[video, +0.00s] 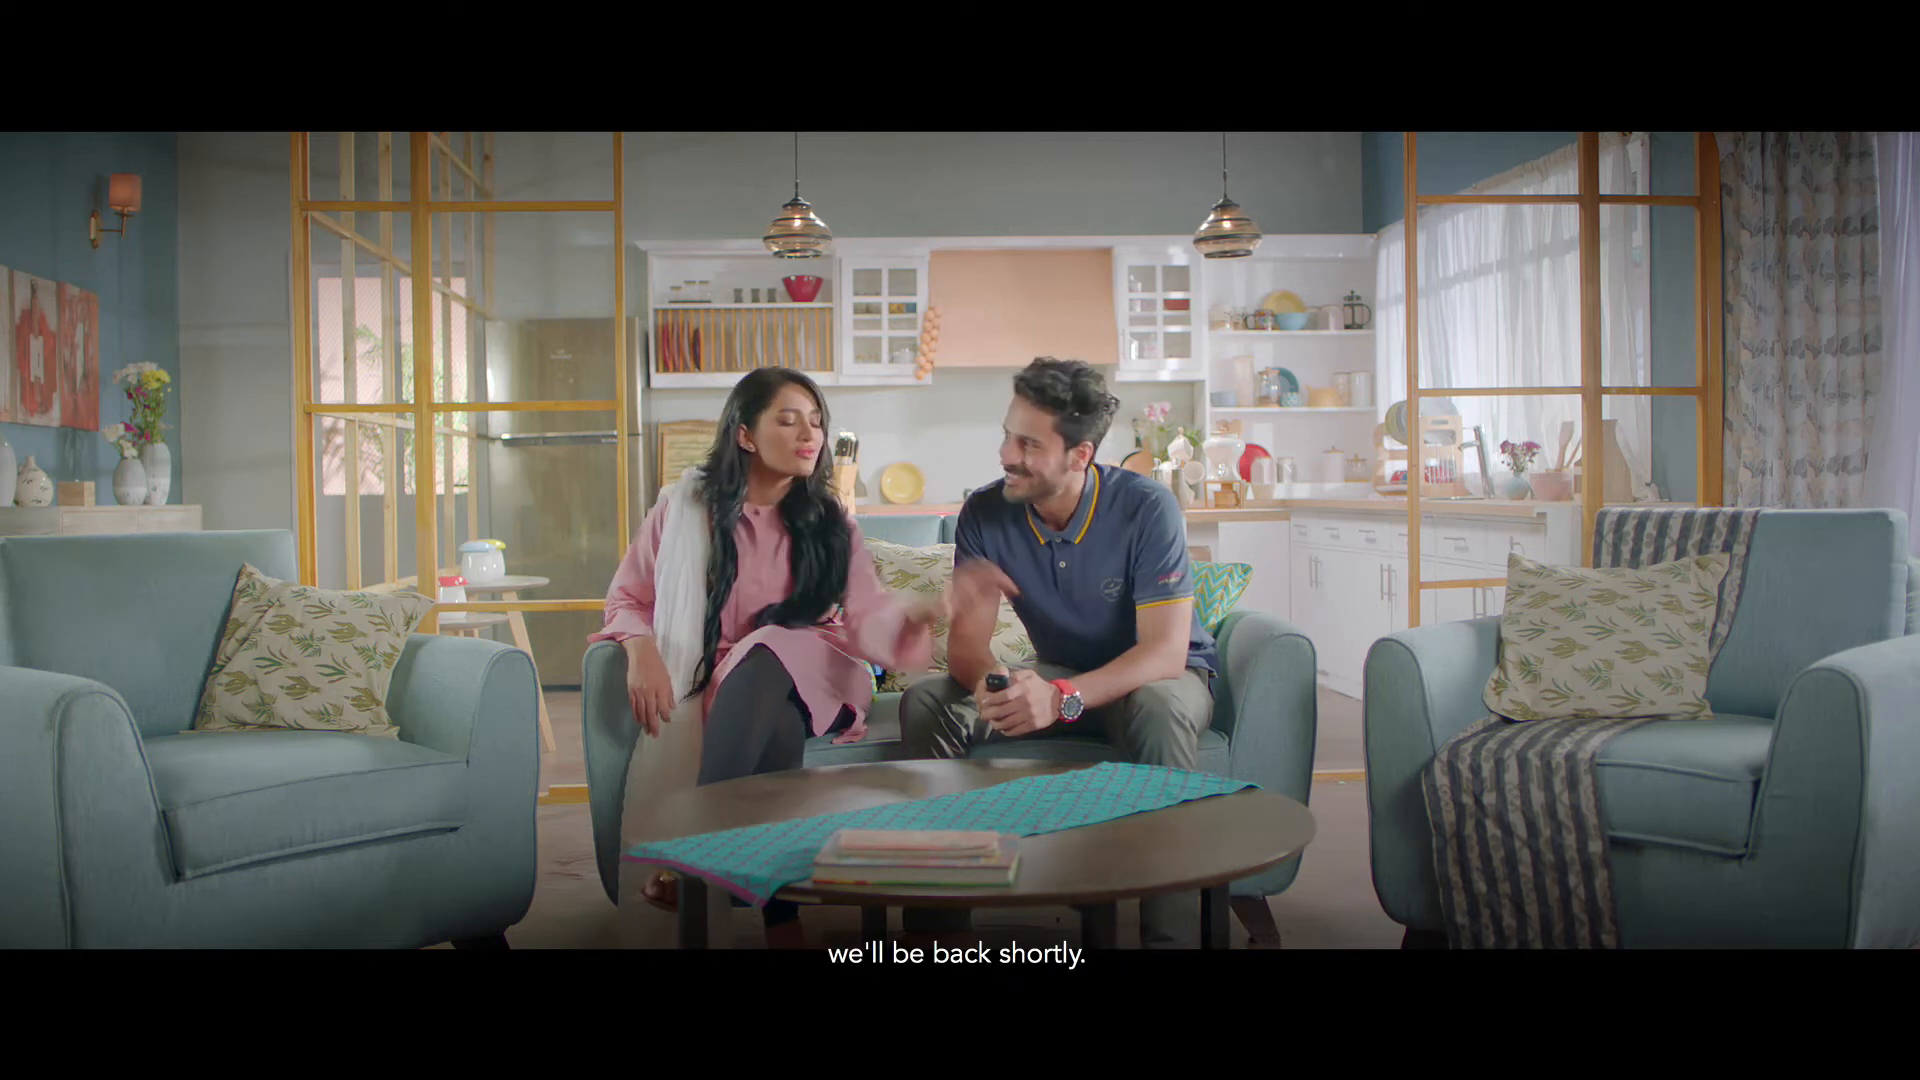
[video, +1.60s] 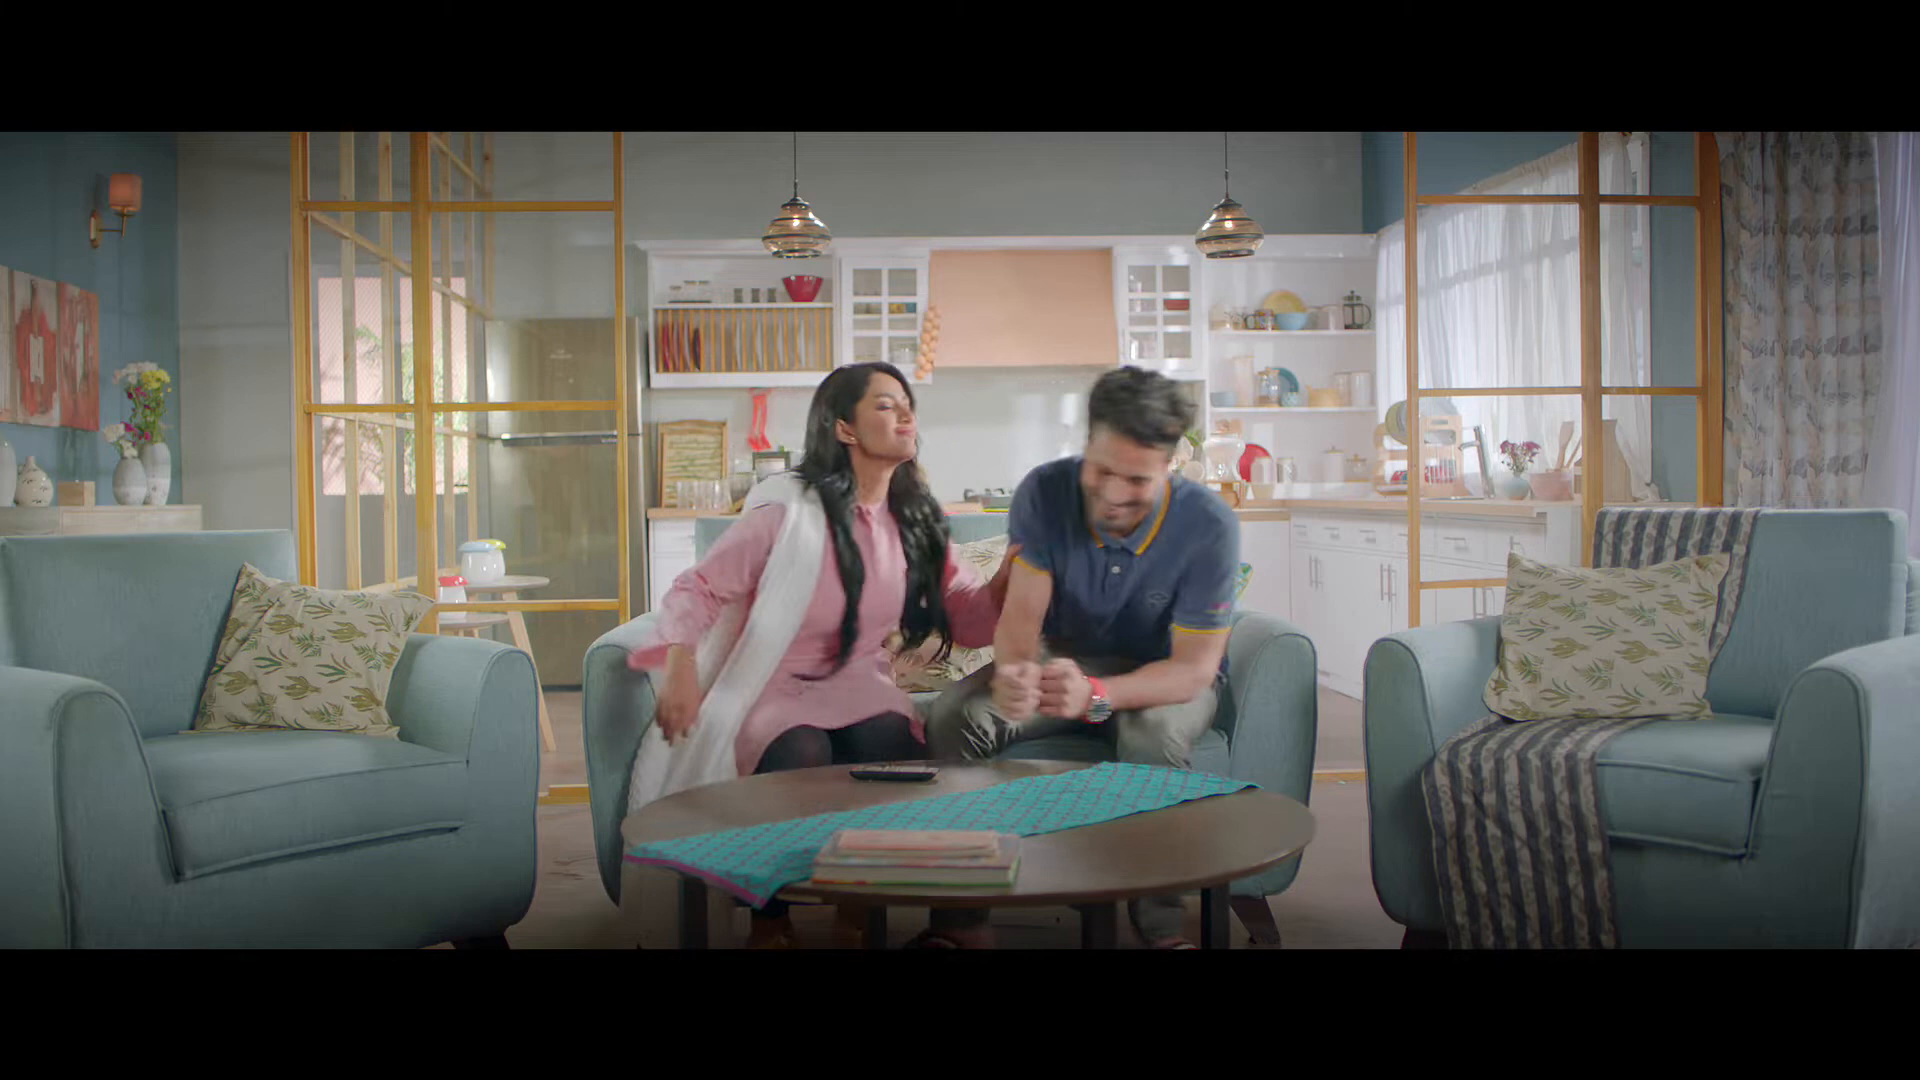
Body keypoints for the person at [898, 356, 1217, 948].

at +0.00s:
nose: (1006, 456)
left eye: (1028, 446)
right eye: (1007, 436)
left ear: (1080, 456)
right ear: (1005, 426)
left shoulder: (1147, 509)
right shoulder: (986, 513)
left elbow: (1165, 654)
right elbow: (966, 658)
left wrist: (1062, 697)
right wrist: (1000, 682)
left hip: (1156, 680)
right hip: (1060, 681)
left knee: (1159, 706)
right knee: (927, 702)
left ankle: (1169, 931)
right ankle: (936, 904)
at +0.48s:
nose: (1002, 459)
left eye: (1019, 449)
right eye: (1007, 442)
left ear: (1073, 463)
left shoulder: (1150, 508)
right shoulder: (990, 514)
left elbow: (1163, 654)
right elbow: (971, 642)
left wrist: (1050, 693)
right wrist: (960, 683)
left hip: (1155, 678)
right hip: (1059, 677)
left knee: (1154, 706)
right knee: (926, 704)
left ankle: (1168, 933)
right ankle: (940, 915)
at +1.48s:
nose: (1049, 486)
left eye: (1069, 474)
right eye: (1040, 465)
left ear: (1116, 459)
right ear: (1035, 442)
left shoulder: (1174, 508)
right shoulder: (1015, 503)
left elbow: (1169, 653)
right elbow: (1000, 619)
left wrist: (1057, 683)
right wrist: (970, 675)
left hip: (1154, 680)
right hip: (1058, 680)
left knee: (1153, 708)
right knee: (936, 705)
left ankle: (1172, 929)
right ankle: (949, 915)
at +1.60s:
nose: (1117, 495)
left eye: (1138, 479)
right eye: (1103, 471)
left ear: (1169, 467)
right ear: (1085, 448)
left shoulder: (1209, 525)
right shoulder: (1044, 492)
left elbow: (1195, 670)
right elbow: (1021, 612)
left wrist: (1096, 693)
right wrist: (1011, 676)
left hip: (1164, 673)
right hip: (1066, 658)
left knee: (1152, 731)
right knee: (954, 715)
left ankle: (1162, 922)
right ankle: (962, 916)